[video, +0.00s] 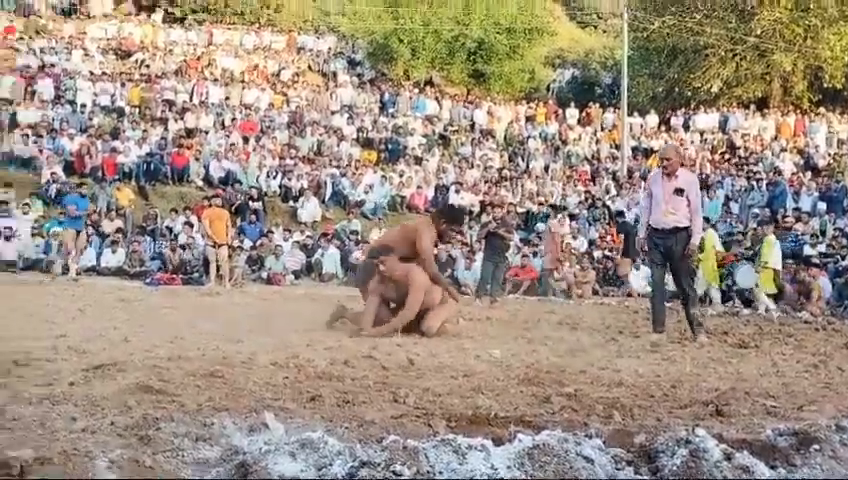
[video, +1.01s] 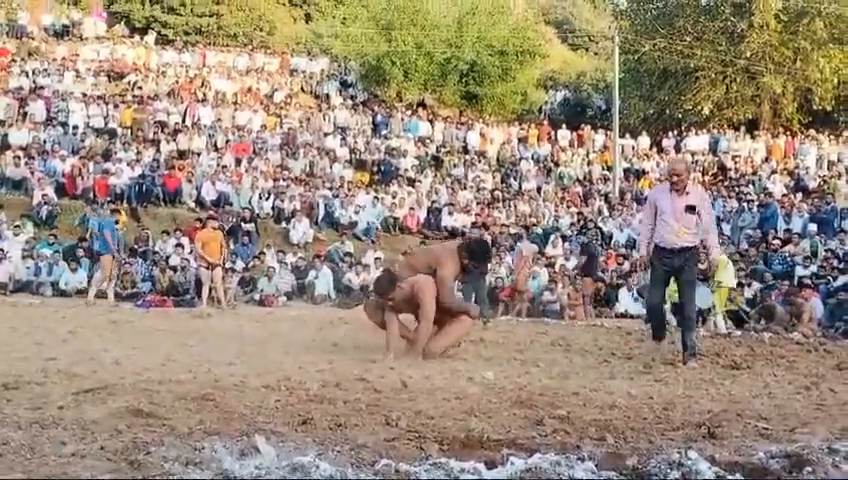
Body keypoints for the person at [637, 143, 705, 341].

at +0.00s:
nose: (664, 163)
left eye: (668, 160)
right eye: (662, 160)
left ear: (679, 160)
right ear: (659, 160)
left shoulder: (689, 179)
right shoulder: (653, 178)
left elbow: (696, 211)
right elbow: (645, 207)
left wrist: (695, 239)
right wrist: (642, 233)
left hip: (679, 232)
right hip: (655, 232)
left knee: (684, 284)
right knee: (657, 283)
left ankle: (697, 329)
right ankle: (658, 329)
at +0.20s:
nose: (675, 174)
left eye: (679, 170)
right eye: (672, 170)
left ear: (689, 169)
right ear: (669, 169)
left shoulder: (699, 187)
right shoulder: (660, 186)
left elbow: (706, 217)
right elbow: (653, 215)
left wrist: (707, 244)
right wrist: (648, 241)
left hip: (691, 241)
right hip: (667, 242)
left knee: (695, 289)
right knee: (668, 292)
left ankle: (697, 325)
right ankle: (670, 336)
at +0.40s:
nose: (663, 176)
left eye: (667, 173)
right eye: (660, 172)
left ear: (677, 172)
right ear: (657, 172)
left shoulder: (687, 191)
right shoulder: (648, 190)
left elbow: (696, 221)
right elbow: (640, 219)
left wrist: (700, 247)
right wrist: (636, 244)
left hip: (680, 245)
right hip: (656, 246)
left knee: (685, 291)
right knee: (658, 296)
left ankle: (686, 338)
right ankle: (660, 341)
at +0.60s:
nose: (661, 182)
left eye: (666, 179)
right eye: (659, 178)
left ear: (677, 178)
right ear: (656, 177)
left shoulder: (688, 197)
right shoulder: (648, 195)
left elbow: (695, 227)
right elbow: (639, 224)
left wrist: (698, 252)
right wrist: (635, 249)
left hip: (678, 251)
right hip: (654, 252)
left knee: (684, 298)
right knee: (656, 303)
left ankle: (692, 345)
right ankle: (656, 347)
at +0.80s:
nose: (672, 181)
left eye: (676, 177)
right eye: (669, 177)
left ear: (686, 177)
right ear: (665, 177)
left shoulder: (696, 198)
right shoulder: (655, 195)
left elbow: (703, 230)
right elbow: (644, 226)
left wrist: (707, 258)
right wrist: (640, 253)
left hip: (687, 254)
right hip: (661, 254)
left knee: (688, 303)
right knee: (656, 302)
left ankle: (690, 351)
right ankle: (656, 342)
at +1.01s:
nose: (674, 180)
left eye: (679, 176)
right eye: (672, 176)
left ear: (688, 175)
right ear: (667, 175)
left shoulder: (699, 195)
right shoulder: (656, 194)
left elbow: (709, 227)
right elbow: (647, 225)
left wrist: (713, 255)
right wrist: (643, 252)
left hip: (688, 253)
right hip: (662, 252)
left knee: (688, 306)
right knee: (653, 301)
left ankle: (690, 352)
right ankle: (658, 335)